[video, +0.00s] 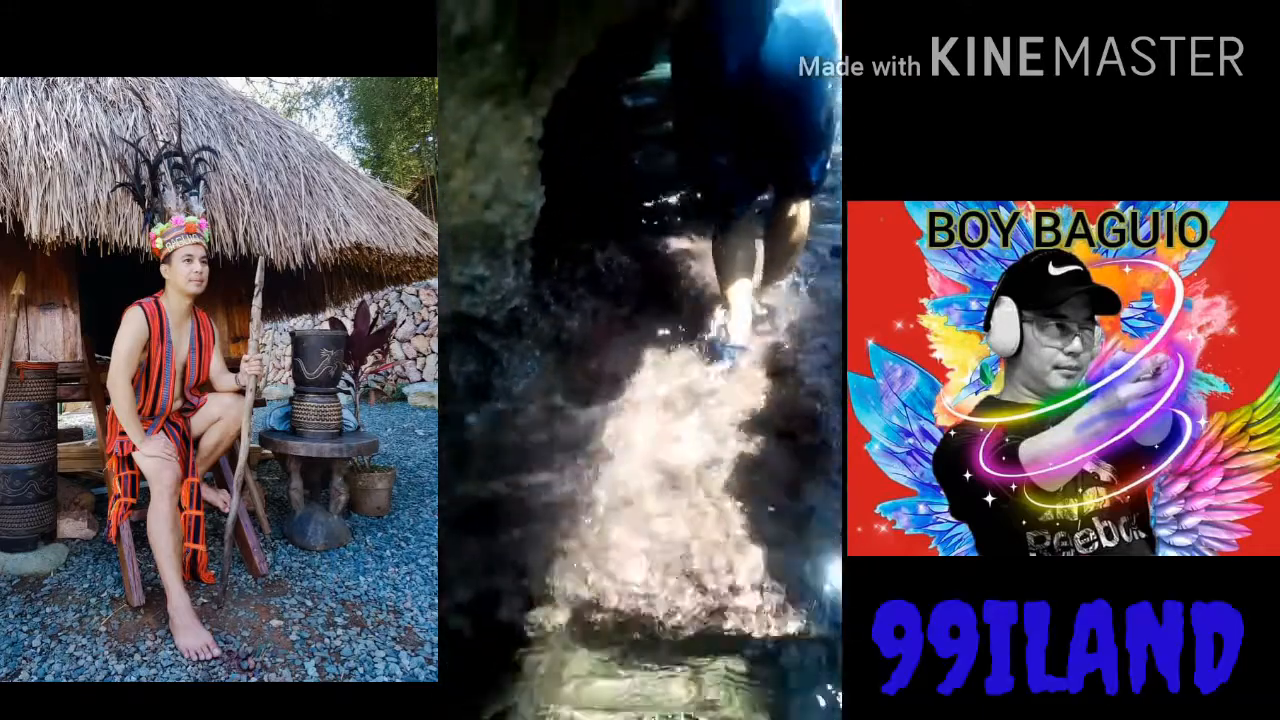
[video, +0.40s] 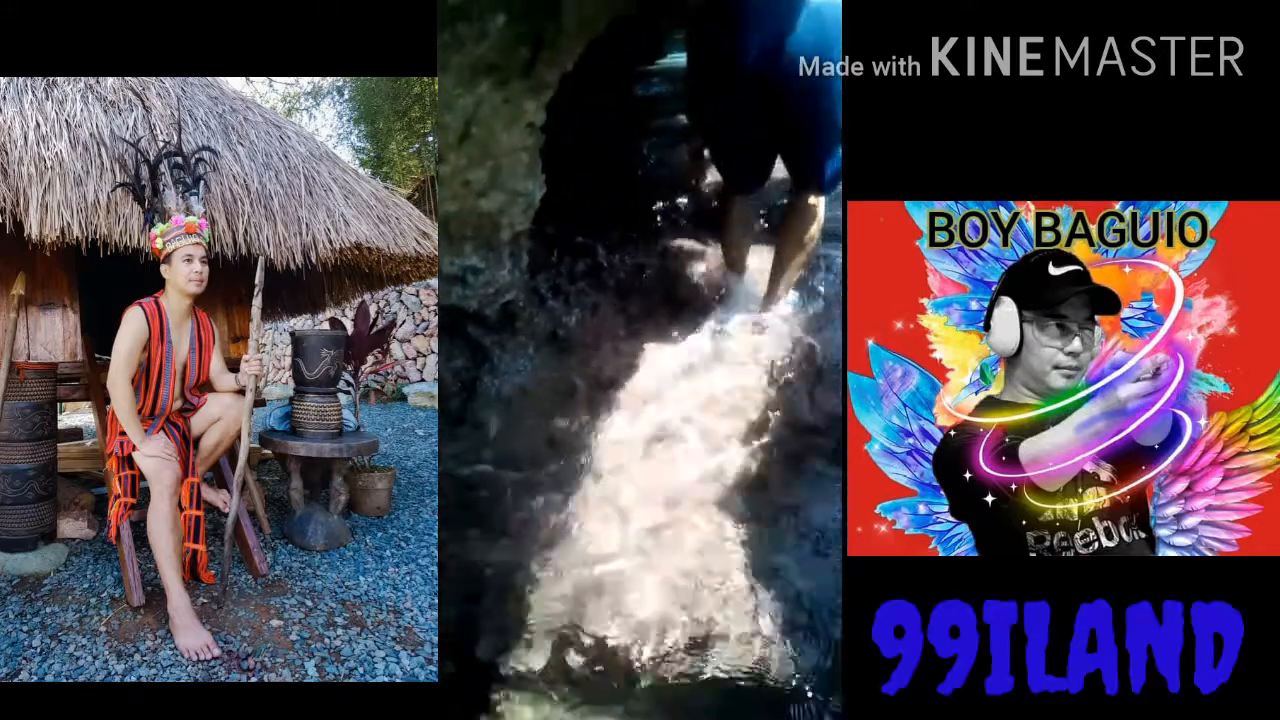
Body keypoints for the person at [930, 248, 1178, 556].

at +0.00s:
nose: (1076, 346)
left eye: (1086, 328)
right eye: (1055, 327)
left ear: (1097, 334)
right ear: (1007, 328)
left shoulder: (1114, 408)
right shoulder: (962, 446)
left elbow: (1155, 435)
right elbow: (1022, 472)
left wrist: (1149, 397)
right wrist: (1106, 412)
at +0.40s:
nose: (1076, 346)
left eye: (1086, 328)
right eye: (1055, 327)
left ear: (1097, 334)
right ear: (1007, 328)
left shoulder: (1114, 408)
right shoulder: (962, 446)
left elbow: (1156, 435)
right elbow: (1022, 472)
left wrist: (1149, 397)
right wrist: (1106, 412)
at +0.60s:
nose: (1076, 346)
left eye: (1086, 328)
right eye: (1055, 327)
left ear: (1096, 334)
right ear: (1007, 327)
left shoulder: (1114, 408)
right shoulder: (962, 445)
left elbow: (1155, 435)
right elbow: (1023, 471)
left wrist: (1149, 396)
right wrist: (1107, 411)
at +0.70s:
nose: (1076, 346)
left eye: (1086, 328)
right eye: (1055, 326)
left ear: (1097, 335)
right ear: (1007, 328)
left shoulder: (1113, 408)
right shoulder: (962, 446)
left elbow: (1156, 436)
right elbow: (1022, 471)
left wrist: (1147, 395)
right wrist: (1105, 413)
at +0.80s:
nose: (1076, 346)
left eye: (1086, 328)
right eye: (1055, 327)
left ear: (1097, 334)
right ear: (1007, 328)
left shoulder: (1113, 409)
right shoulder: (962, 445)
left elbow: (1155, 435)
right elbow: (1023, 472)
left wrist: (1149, 396)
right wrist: (1106, 412)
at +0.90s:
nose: (1076, 346)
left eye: (1086, 328)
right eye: (1055, 327)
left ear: (1097, 334)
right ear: (1007, 328)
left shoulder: (1114, 408)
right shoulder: (962, 446)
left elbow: (1155, 435)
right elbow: (1022, 472)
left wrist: (1149, 396)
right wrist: (1106, 412)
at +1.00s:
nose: (1076, 346)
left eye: (1086, 328)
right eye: (1055, 327)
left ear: (1097, 334)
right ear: (1007, 328)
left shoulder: (1114, 408)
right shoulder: (962, 446)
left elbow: (1155, 435)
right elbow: (1022, 472)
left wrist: (1149, 396)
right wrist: (1106, 412)